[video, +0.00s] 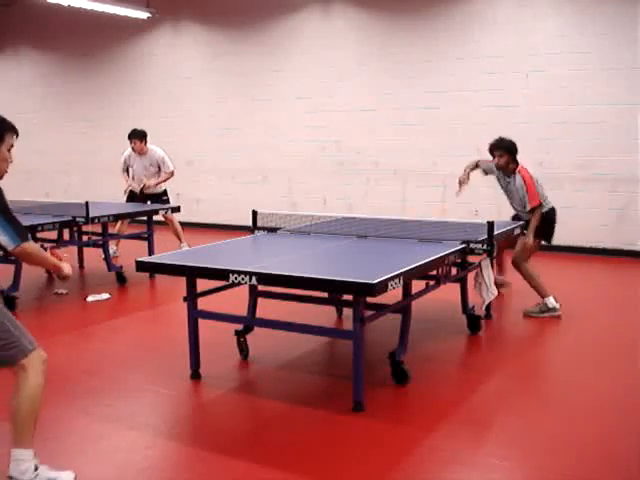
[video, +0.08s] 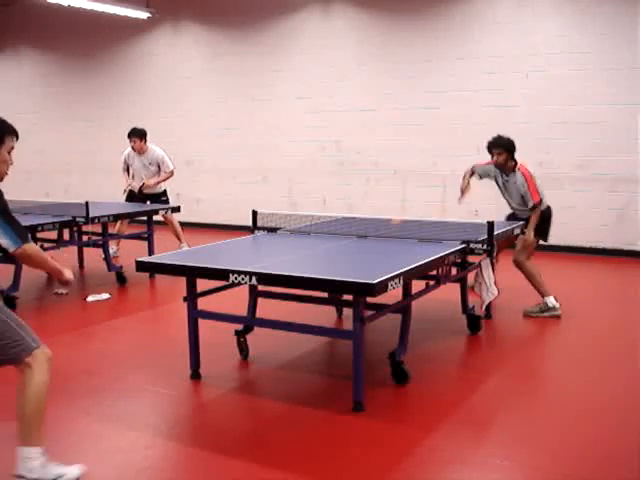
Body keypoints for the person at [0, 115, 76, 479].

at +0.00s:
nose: (10, 159)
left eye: (11, 151)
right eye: (8, 151)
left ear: (3, 150)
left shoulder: (0, 192)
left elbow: (17, 241)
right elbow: (18, 246)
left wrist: (49, 259)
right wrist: (55, 266)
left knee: (30, 359)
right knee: (33, 360)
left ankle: (22, 463)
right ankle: (22, 465)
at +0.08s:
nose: (10, 161)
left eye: (12, 153)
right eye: (8, 152)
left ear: (5, 153)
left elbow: (16, 242)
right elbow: (19, 248)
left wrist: (51, 263)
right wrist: (57, 270)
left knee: (34, 356)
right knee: (37, 357)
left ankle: (30, 459)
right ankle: (31, 460)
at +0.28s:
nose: (62, 180)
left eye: (63, 171)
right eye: (58, 170)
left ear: (28, 167)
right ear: (37, 168)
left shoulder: (4, 187)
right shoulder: (22, 196)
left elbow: (21, 236)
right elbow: (71, 241)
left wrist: (46, 261)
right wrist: (80, 272)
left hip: (6, 311)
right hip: (6, 313)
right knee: (74, 362)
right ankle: (89, 464)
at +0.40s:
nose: (93, 205)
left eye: (95, 199)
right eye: (92, 197)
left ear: (51, 183)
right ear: (74, 189)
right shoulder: (66, 212)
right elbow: (119, 240)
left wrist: (114, 269)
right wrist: (123, 271)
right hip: (16, 321)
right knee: (92, 362)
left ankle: (91, 463)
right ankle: (92, 465)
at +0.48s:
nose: (96, 214)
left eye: (98, 209)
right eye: (95, 207)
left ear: (50, 189)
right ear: (77, 198)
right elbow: (147, 247)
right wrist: (169, 267)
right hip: (16, 326)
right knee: (93, 363)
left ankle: (92, 463)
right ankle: (93, 465)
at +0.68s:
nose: (65, 178)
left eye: (65, 170)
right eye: (63, 170)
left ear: (19, 166)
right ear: (48, 171)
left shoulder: (6, 194)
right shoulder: (53, 201)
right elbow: (130, 218)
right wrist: (165, 239)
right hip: (13, 327)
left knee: (76, 363)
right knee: (78, 365)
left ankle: (92, 463)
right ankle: (92, 464)